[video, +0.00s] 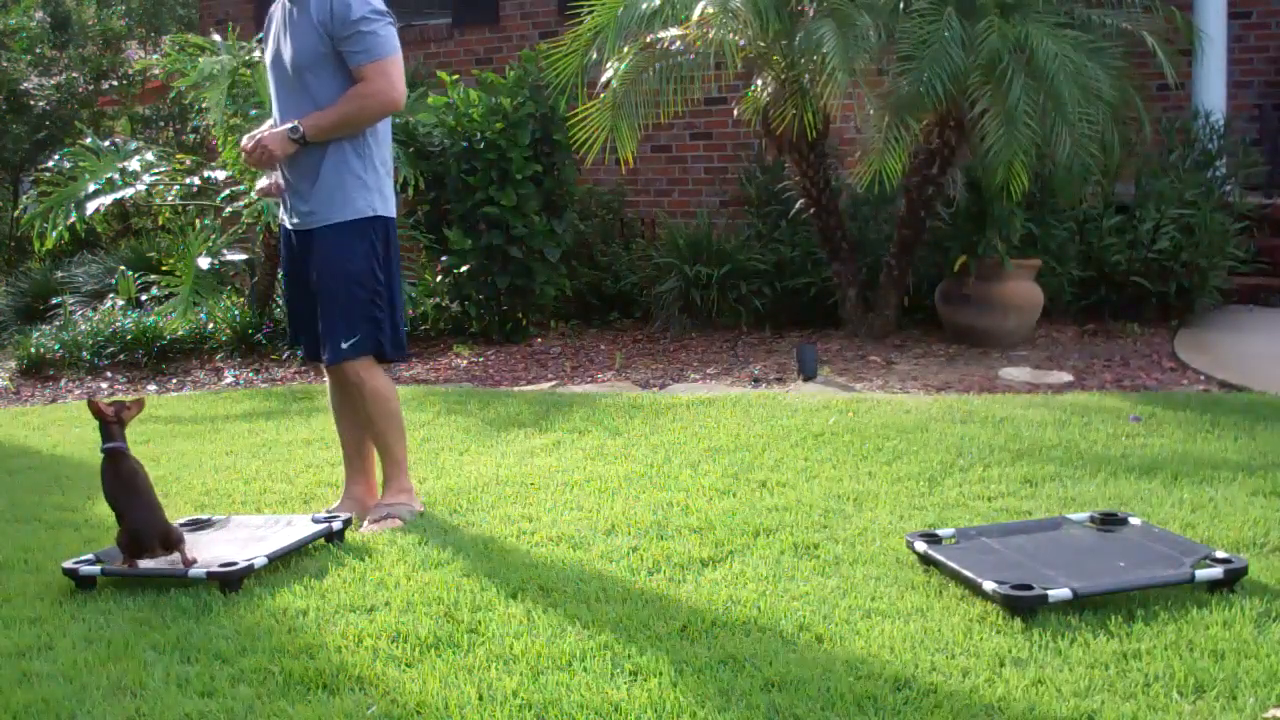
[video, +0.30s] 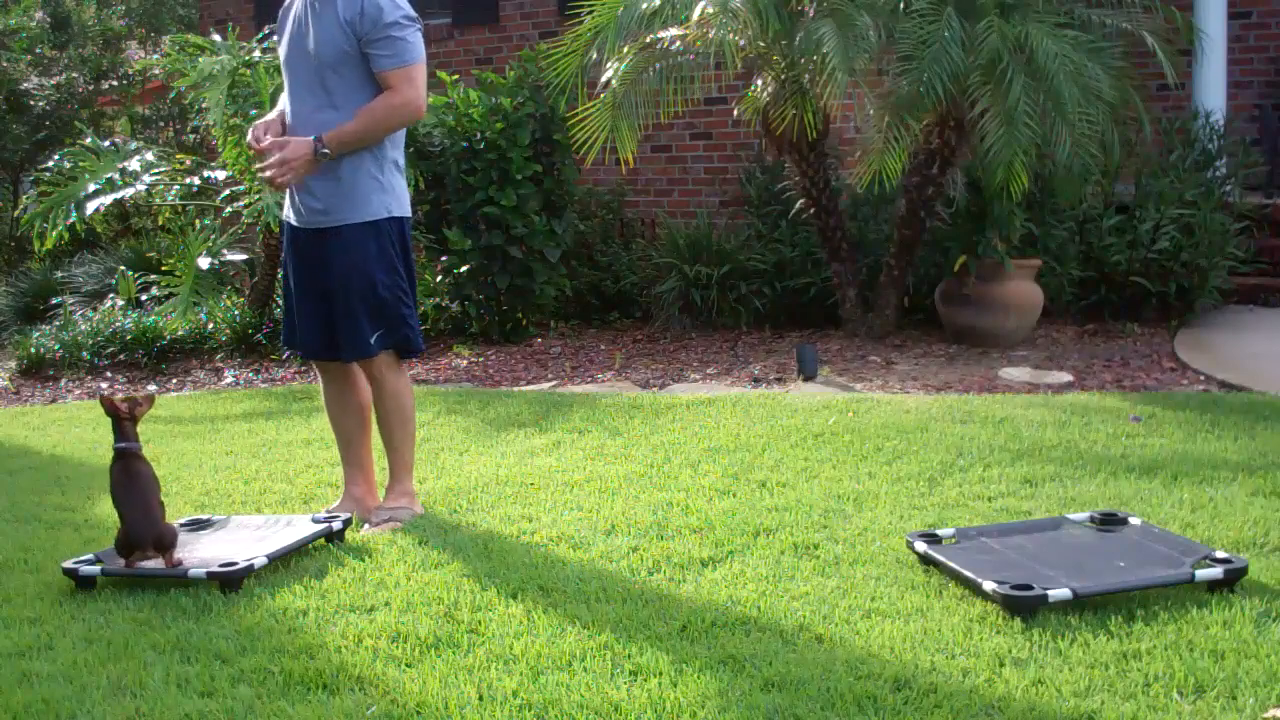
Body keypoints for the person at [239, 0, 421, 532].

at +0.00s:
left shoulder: (345, 2)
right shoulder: (282, 13)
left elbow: (387, 91)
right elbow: (310, 105)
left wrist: (294, 132)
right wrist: (287, 169)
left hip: (351, 206)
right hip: (308, 210)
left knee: (354, 354)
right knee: (335, 358)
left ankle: (401, 492)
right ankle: (360, 494)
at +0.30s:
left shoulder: (376, 4)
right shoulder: (294, 8)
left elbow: (409, 99)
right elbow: (309, 88)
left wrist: (319, 148)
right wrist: (278, 117)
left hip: (366, 207)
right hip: (308, 209)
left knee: (380, 352)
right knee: (330, 354)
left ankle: (402, 494)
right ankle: (359, 494)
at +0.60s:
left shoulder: (390, 8)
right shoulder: (296, 8)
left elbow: (414, 110)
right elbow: (296, 81)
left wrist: (322, 155)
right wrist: (278, 105)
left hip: (379, 206)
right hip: (314, 207)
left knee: (388, 351)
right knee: (315, 347)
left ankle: (402, 494)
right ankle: (356, 491)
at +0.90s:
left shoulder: (390, 8)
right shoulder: (297, 7)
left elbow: (428, 109)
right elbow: (300, 70)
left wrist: (333, 146)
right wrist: (289, 113)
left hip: (389, 205)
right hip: (324, 205)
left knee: (400, 350)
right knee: (329, 349)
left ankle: (404, 495)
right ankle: (358, 492)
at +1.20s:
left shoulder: (392, 5)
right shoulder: (299, 7)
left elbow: (433, 101)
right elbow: (302, 76)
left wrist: (342, 146)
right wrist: (295, 117)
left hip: (393, 204)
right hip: (328, 205)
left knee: (403, 350)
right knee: (331, 350)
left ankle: (405, 495)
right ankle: (358, 492)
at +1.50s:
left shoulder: (393, 5)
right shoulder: (303, 7)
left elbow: (433, 100)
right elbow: (305, 81)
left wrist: (340, 145)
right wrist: (295, 118)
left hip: (393, 202)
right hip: (328, 203)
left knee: (403, 351)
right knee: (329, 349)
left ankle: (405, 496)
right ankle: (358, 493)